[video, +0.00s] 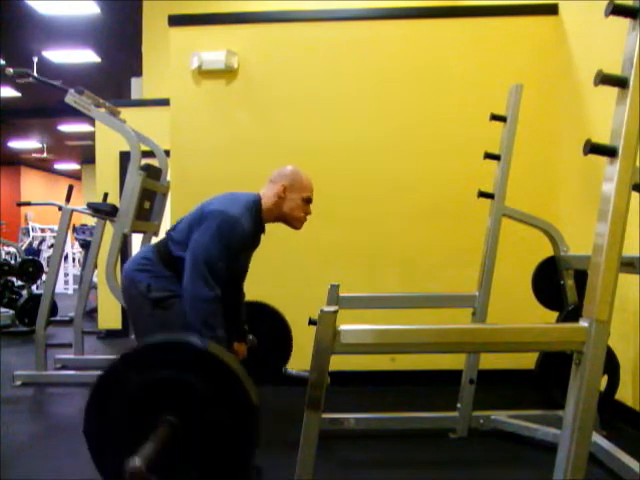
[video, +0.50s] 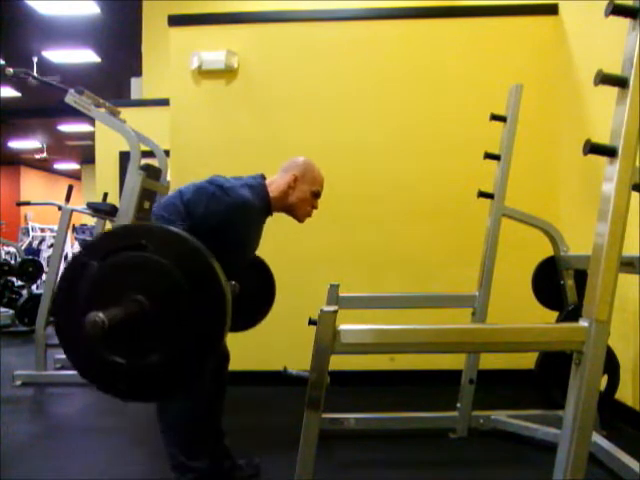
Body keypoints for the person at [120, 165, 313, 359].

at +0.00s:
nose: (309, 211)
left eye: (310, 203)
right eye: (306, 201)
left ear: (281, 193)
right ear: (282, 193)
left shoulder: (249, 223)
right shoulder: (231, 218)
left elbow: (231, 288)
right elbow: (200, 288)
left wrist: (238, 336)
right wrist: (216, 346)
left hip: (171, 282)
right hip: (150, 281)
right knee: (171, 362)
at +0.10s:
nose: (304, 208)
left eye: (307, 200)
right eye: (302, 198)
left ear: (276, 187)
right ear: (278, 186)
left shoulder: (245, 214)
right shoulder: (222, 202)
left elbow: (224, 273)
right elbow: (185, 267)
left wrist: (234, 317)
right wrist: (218, 321)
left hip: (178, 284)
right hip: (150, 282)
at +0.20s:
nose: (304, 203)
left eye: (306, 195)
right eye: (302, 192)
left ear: (277, 180)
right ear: (279, 179)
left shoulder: (245, 204)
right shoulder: (226, 192)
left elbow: (217, 263)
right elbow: (176, 250)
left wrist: (231, 295)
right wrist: (220, 297)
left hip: (180, 295)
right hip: (155, 291)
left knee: (208, 372)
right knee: (200, 374)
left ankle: (202, 456)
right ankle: (196, 460)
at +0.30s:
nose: (308, 201)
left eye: (311, 193)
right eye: (307, 190)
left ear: (284, 177)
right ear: (284, 176)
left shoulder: (247, 198)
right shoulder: (232, 192)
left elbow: (222, 255)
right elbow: (168, 228)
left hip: (191, 299)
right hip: (171, 298)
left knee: (206, 377)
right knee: (188, 379)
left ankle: (210, 458)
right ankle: (194, 463)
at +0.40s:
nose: (315, 204)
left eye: (317, 196)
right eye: (314, 193)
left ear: (290, 181)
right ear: (291, 180)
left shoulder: (251, 204)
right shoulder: (241, 201)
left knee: (216, 356)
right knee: (194, 362)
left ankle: (209, 456)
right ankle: (195, 462)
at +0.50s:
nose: (316, 206)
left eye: (318, 198)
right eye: (314, 195)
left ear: (291, 183)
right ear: (291, 182)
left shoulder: (252, 210)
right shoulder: (240, 202)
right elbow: (166, 215)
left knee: (211, 364)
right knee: (191, 370)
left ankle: (209, 458)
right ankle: (195, 463)